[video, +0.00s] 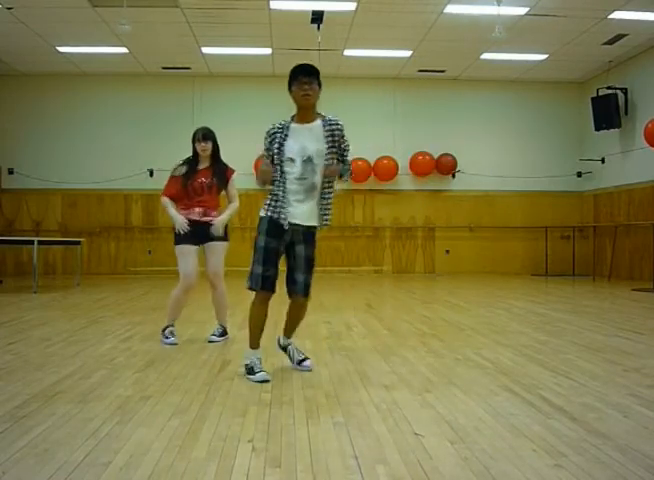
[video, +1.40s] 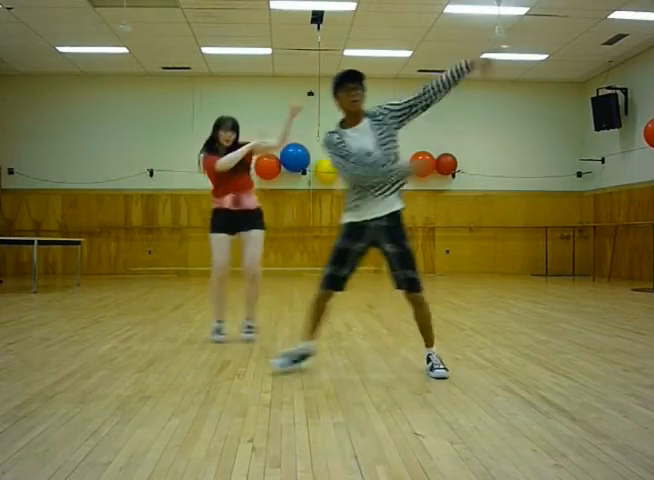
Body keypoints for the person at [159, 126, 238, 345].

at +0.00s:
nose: (202, 145)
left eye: (206, 141)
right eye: (198, 141)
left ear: (214, 143)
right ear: (193, 144)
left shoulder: (223, 171)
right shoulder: (182, 169)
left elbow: (235, 202)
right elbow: (166, 198)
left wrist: (222, 219)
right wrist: (176, 217)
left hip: (213, 224)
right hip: (186, 225)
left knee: (215, 277)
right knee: (188, 279)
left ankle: (221, 326)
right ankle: (169, 326)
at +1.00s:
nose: (201, 149)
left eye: (205, 145)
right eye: (197, 146)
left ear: (211, 148)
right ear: (191, 150)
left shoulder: (224, 175)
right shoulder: (187, 178)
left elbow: (232, 208)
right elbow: (167, 204)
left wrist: (218, 233)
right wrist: (160, 224)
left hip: (209, 233)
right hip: (181, 229)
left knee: (214, 286)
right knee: (178, 279)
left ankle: (229, 327)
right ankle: (166, 328)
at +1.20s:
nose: (210, 151)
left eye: (214, 147)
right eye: (206, 148)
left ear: (220, 151)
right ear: (200, 153)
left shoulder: (235, 175)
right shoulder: (197, 182)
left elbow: (252, 201)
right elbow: (185, 217)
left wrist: (260, 182)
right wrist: (203, 203)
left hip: (226, 234)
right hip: (197, 231)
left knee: (224, 286)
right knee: (186, 281)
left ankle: (231, 326)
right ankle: (167, 328)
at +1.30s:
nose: (218, 141)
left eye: (222, 137)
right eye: (214, 137)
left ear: (228, 140)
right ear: (207, 140)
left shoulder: (241, 159)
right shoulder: (205, 165)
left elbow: (270, 173)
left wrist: (276, 149)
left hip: (239, 221)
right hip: (211, 220)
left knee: (236, 278)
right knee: (198, 275)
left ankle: (234, 326)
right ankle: (185, 325)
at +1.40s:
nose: (228, 135)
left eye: (232, 132)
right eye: (224, 131)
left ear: (237, 134)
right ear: (216, 132)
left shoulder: (244, 150)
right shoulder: (209, 156)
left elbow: (278, 147)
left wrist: (290, 119)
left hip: (250, 212)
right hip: (223, 213)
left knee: (252, 269)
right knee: (220, 270)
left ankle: (250, 321)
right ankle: (218, 322)